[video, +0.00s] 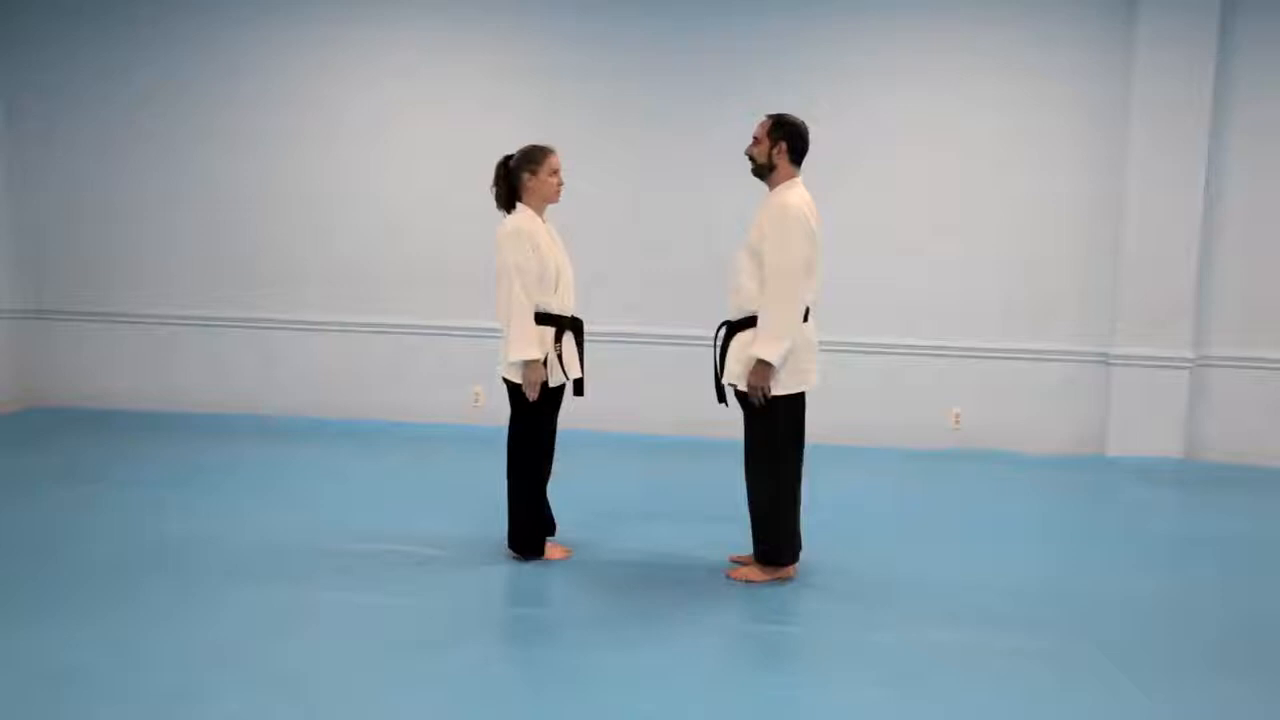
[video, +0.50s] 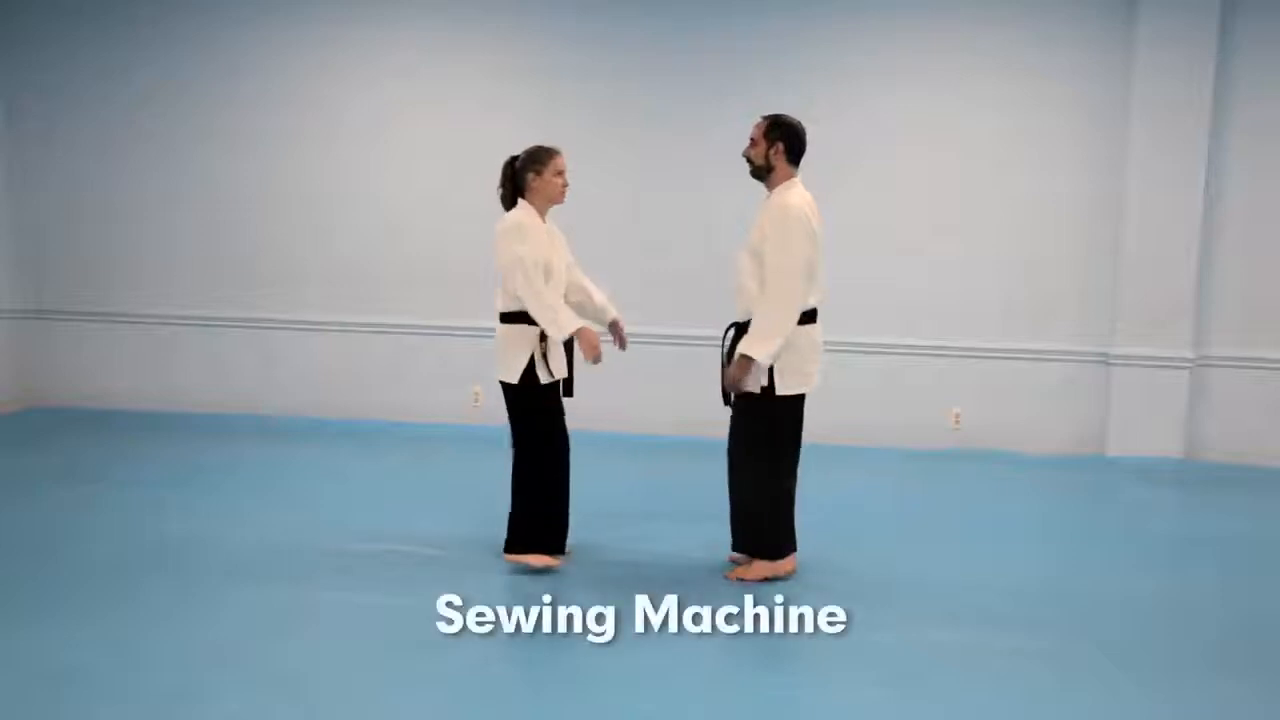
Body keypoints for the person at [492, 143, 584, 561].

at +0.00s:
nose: (561, 181)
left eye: (560, 173)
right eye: (553, 174)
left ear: (540, 180)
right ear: (529, 179)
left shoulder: (542, 227)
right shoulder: (517, 229)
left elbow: (549, 295)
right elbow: (518, 298)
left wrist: (559, 354)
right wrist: (530, 359)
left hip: (552, 351)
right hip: (534, 354)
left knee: (539, 451)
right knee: (529, 453)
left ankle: (534, 533)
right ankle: (526, 541)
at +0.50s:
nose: (566, 183)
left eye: (566, 175)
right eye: (558, 175)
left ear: (547, 181)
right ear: (532, 180)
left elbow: (573, 281)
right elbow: (530, 291)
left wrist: (607, 314)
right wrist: (577, 328)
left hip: (547, 351)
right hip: (523, 352)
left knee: (548, 447)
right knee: (540, 447)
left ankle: (544, 542)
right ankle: (524, 545)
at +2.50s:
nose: (568, 187)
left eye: (567, 180)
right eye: (561, 180)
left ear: (538, 183)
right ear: (536, 182)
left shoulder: (536, 228)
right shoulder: (521, 229)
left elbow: (570, 281)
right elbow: (549, 293)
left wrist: (603, 317)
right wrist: (595, 327)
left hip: (534, 353)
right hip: (519, 355)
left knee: (549, 452)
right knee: (542, 455)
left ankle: (537, 539)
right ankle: (518, 556)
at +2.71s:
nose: (589, 215)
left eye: (589, 206)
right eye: (585, 206)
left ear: (558, 204)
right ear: (564, 204)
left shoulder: (529, 233)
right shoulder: (540, 235)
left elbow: (554, 295)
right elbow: (564, 278)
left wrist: (594, 317)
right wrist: (615, 271)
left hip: (480, 360)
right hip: (493, 366)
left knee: (508, 457)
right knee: (529, 459)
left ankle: (516, 549)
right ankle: (524, 562)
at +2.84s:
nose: (576, 219)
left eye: (576, 211)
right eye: (571, 210)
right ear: (548, 206)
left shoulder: (542, 252)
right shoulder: (519, 238)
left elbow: (544, 309)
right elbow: (549, 228)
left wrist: (564, 330)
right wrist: (564, 213)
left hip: (467, 366)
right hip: (478, 371)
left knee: (448, 452)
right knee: (525, 462)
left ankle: (386, 510)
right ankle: (521, 562)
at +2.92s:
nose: (560, 221)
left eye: (560, 213)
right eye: (556, 213)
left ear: (541, 217)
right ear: (535, 215)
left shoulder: (534, 259)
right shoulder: (501, 245)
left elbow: (538, 311)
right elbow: (495, 223)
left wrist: (535, 340)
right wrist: (515, 199)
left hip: (462, 373)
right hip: (474, 377)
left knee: (409, 455)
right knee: (531, 465)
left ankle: (340, 512)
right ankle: (522, 562)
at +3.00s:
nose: (538, 224)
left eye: (537, 216)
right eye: (533, 216)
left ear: (511, 217)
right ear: (511, 218)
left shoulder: (512, 260)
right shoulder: (476, 248)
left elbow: (500, 334)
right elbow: (462, 228)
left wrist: (510, 392)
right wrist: (476, 195)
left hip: (439, 376)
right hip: (464, 382)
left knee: (391, 459)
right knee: (532, 466)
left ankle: (315, 521)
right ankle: (527, 563)